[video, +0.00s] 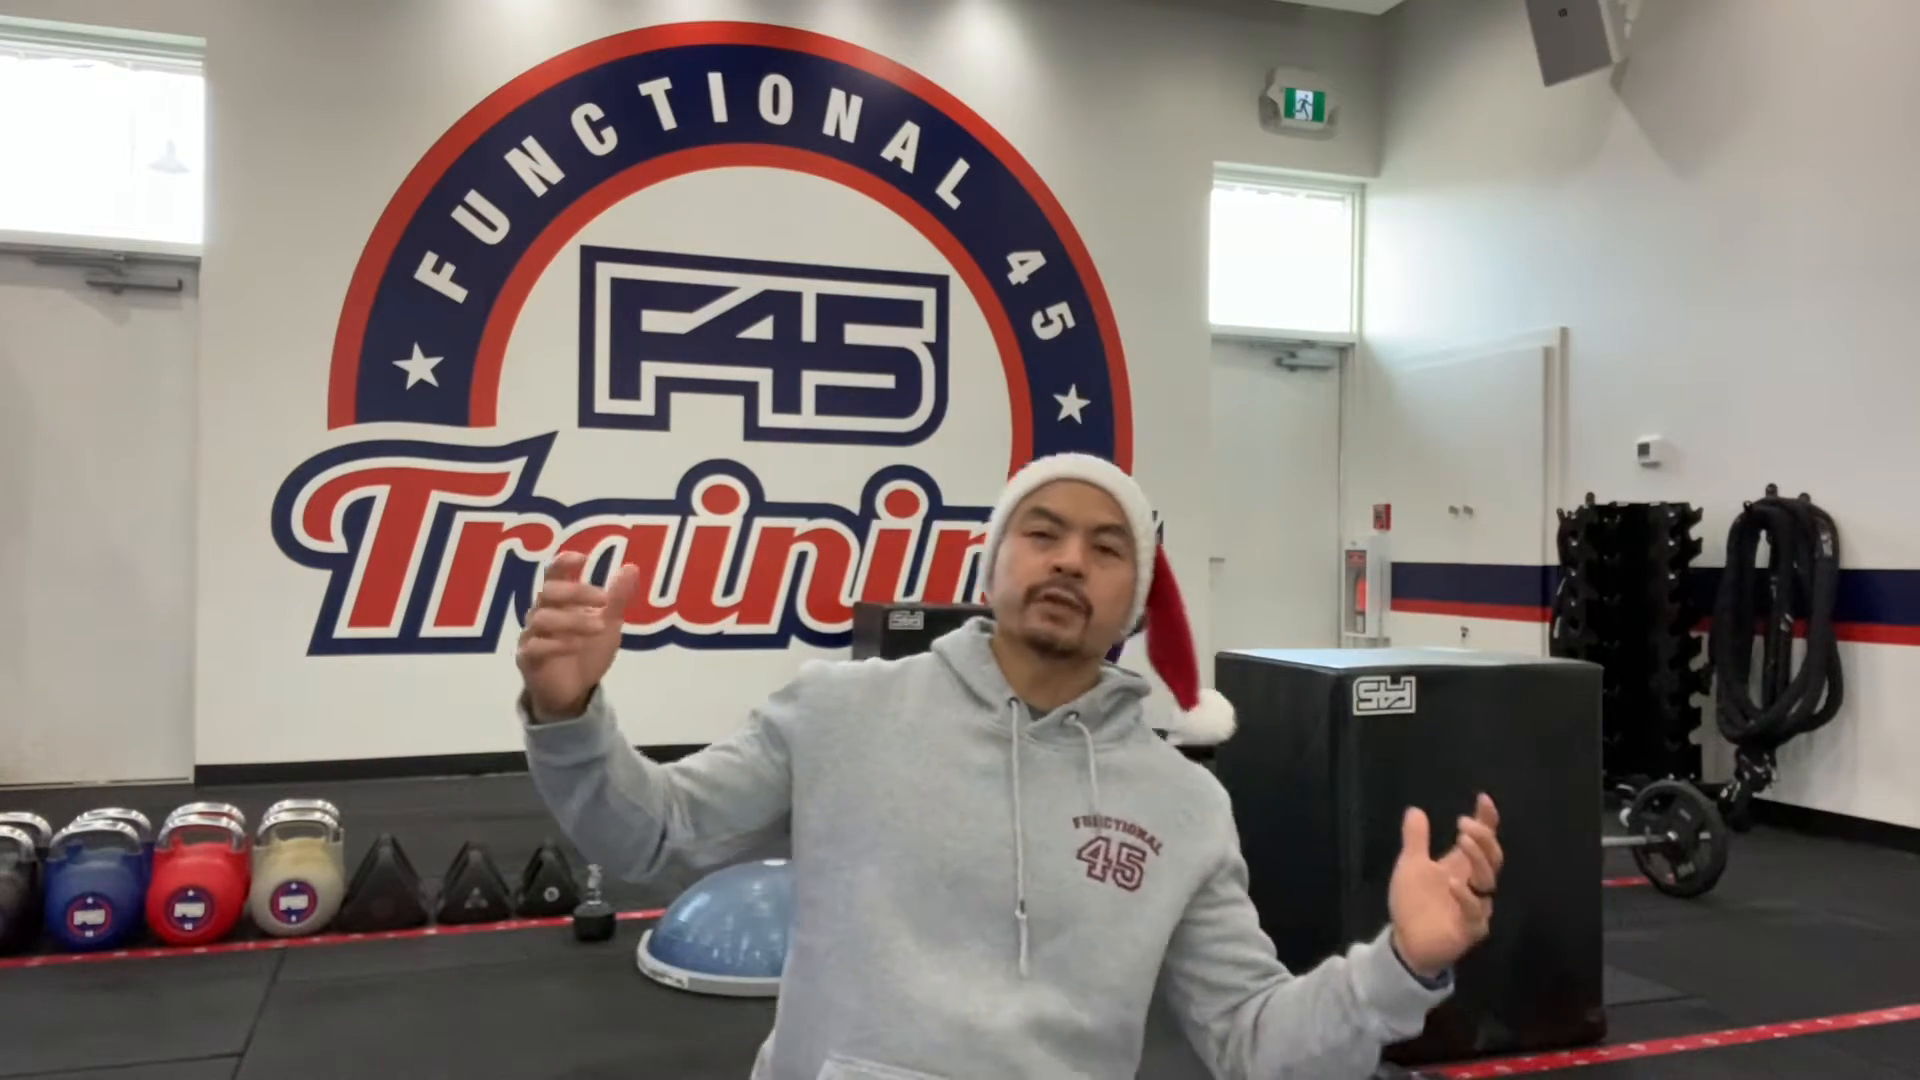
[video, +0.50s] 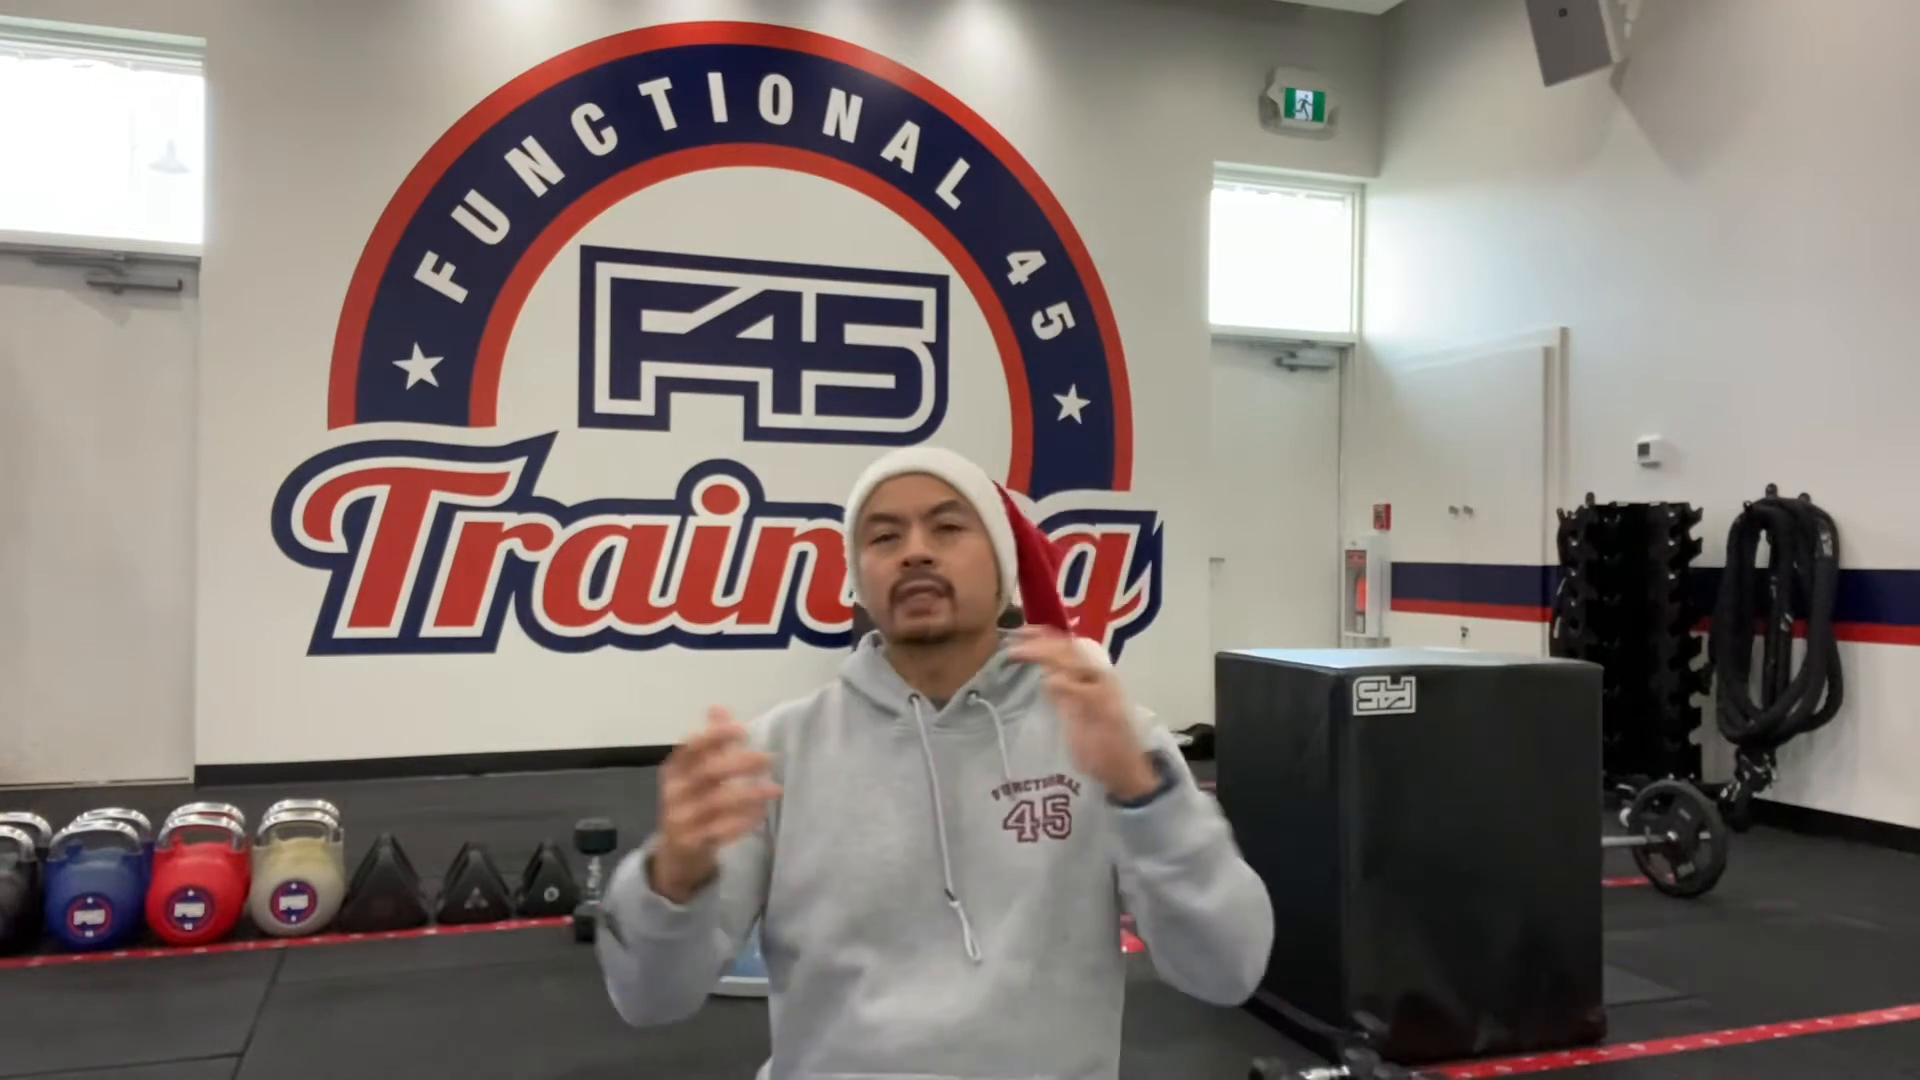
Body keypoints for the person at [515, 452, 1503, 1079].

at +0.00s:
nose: (1068, 562)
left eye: (1104, 547)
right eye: (1044, 533)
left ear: (1138, 598)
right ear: (990, 559)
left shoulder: (1185, 803)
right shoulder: (834, 711)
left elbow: (1247, 1039)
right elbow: (646, 842)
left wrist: (1401, 962)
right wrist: (567, 719)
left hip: (1049, 1079)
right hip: (830, 1073)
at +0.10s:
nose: (1030, 556)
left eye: (1065, 539)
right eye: (1003, 530)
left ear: (1104, 588)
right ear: (953, 561)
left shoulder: (1167, 784)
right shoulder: (811, 723)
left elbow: (1249, 1024)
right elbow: (632, 865)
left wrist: (1381, 922)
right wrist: (555, 745)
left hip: (1057, 1073)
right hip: (836, 1068)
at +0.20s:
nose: (996, 556)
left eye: (1030, 534)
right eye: (969, 530)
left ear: (1074, 574)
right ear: (925, 565)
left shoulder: (1152, 768)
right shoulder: (799, 735)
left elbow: (1256, 1013)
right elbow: (632, 901)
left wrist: (1355, 876)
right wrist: (558, 781)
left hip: (1054, 1069)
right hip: (841, 1066)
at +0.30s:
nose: (966, 552)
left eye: (998, 528)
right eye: (935, 528)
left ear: (1045, 568)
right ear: (895, 569)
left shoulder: (1139, 757)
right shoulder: (783, 746)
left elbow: (1256, 991)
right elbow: (626, 938)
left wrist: (1311, 832)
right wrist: (572, 814)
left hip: (1051, 1069)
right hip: (841, 1068)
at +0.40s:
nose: (939, 549)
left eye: (972, 526)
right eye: (908, 530)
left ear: (1022, 565)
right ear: (874, 575)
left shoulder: (1129, 745)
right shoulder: (779, 750)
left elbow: (1244, 984)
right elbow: (635, 970)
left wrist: (1235, 794)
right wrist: (611, 847)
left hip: (1051, 1072)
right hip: (839, 1070)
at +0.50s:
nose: (916, 550)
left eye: (949, 527)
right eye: (885, 534)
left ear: (1004, 565)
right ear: (855, 581)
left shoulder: (1095, 721)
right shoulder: (779, 747)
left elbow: (1228, 973)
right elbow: (651, 1001)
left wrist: (1135, 781)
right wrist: (674, 876)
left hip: (1051, 1067)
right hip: (839, 1067)